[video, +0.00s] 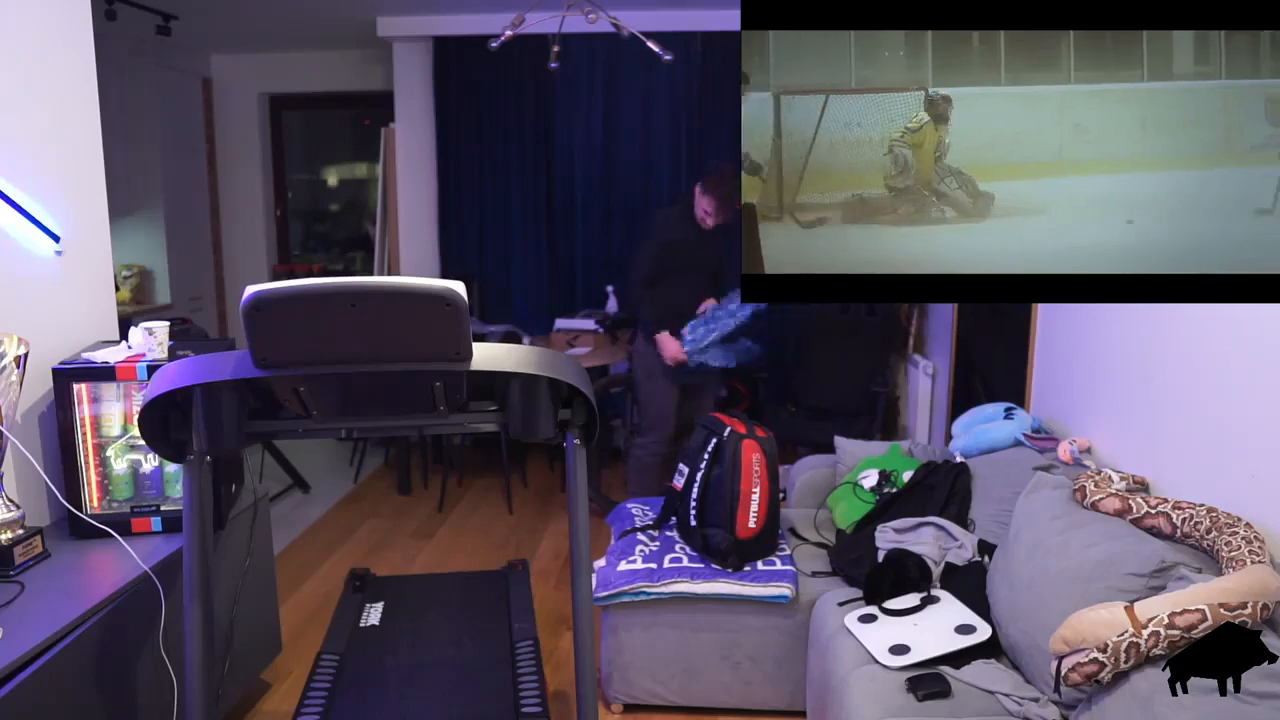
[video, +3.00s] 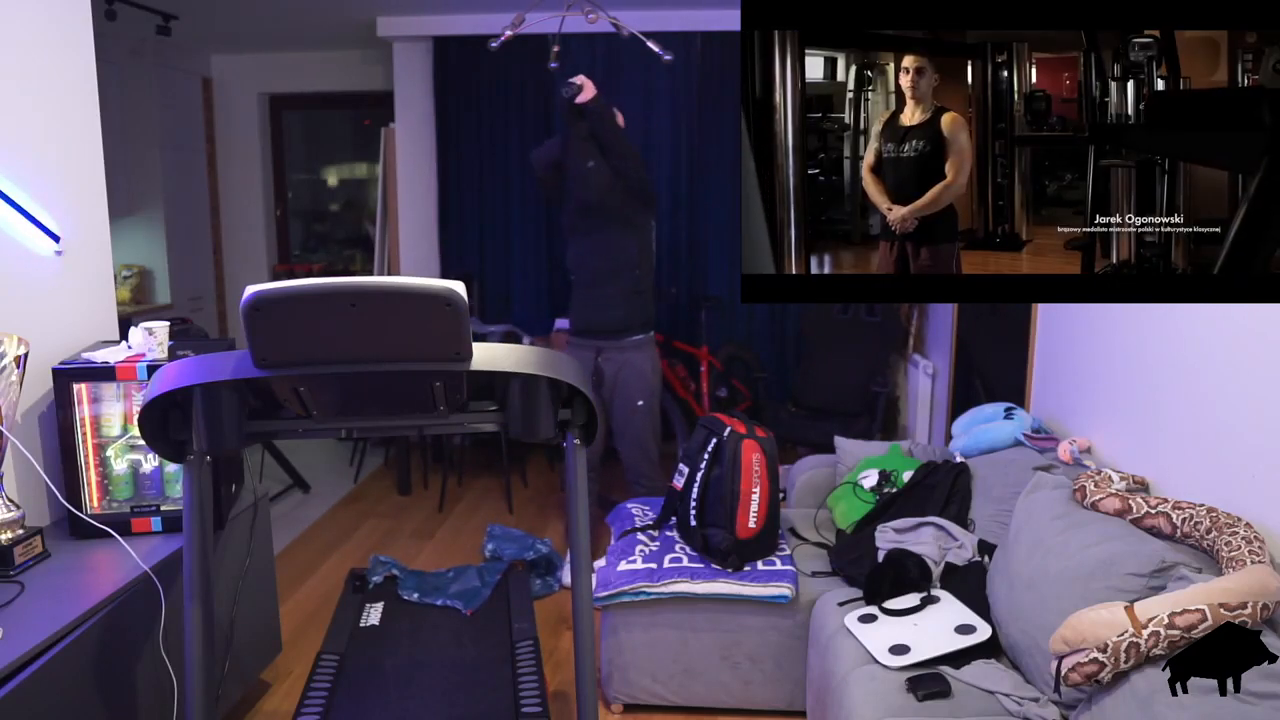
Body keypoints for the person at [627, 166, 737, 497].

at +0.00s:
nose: (708, 220)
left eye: (717, 215)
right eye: (705, 211)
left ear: (732, 210)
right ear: (696, 191)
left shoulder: (728, 234)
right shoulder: (667, 225)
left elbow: (727, 277)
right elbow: (641, 286)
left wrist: (715, 299)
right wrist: (660, 335)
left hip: (702, 341)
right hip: (656, 341)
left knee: (700, 426)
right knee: (658, 428)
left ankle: (690, 504)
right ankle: (644, 506)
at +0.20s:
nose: (680, 212)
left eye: (688, 205)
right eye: (674, 203)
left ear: (703, 198)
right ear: (666, 192)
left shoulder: (715, 233)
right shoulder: (643, 226)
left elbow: (727, 276)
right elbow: (608, 271)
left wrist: (713, 304)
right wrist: (585, 316)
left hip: (693, 345)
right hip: (643, 341)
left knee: (698, 425)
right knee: (645, 426)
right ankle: (643, 502)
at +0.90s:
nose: (626, 197)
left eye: (633, 188)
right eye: (618, 189)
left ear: (648, 178)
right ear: (609, 185)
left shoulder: (674, 220)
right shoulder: (606, 225)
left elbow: (703, 272)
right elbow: (583, 291)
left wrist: (677, 271)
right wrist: (590, 249)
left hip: (660, 343)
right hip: (610, 345)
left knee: (662, 440)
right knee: (620, 444)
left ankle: (677, 516)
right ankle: (633, 524)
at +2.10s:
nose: (650, 179)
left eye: (660, 173)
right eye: (646, 172)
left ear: (679, 175)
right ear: (636, 170)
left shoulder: (691, 214)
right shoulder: (624, 208)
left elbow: (690, 259)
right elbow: (582, 244)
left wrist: (665, 201)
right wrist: (610, 202)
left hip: (660, 346)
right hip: (608, 344)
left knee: (655, 448)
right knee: (600, 446)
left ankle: (654, 543)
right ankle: (596, 535)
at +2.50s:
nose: (631, 179)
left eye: (639, 171)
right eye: (627, 172)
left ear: (657, 171)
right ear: (619, 174)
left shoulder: (675, 205)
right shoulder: (610, 200)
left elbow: (671, 183)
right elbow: (570, 176)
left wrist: (634, 135)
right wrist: (585, 128)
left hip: (659, 348)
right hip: (608, 345)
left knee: (655, 456)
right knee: (594, 451)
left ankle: (657, 547)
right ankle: (588, 541)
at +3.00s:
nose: (616, 132)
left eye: (616, 127)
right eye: (609, 126)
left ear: (621, 137)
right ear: (596, 132)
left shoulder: (637, 192)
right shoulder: (571, 190)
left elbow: (618, 151)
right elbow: (544, 160)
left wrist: (593, 106)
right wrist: (579, 120)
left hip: (630, 341)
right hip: (580, 339)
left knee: (639, 452)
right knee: (580, 451)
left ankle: (651, 547)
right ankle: (581, 547)